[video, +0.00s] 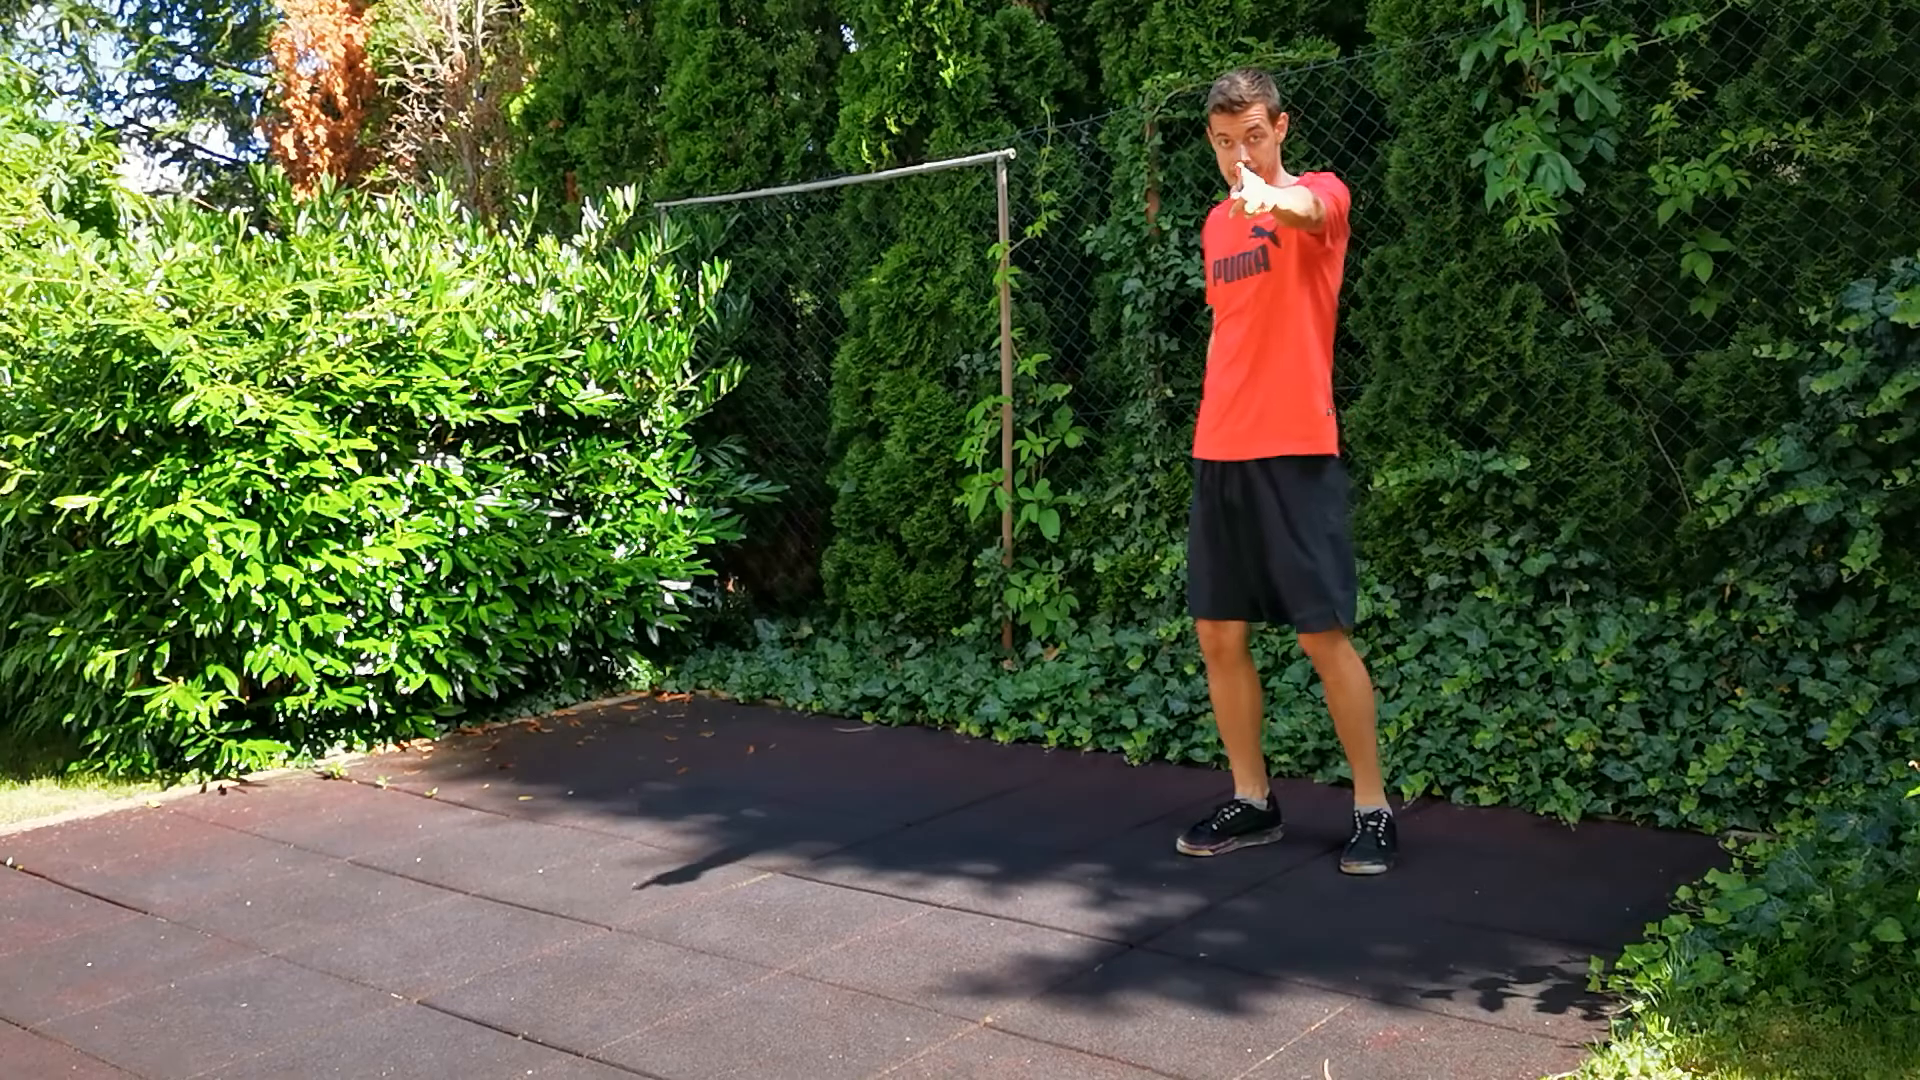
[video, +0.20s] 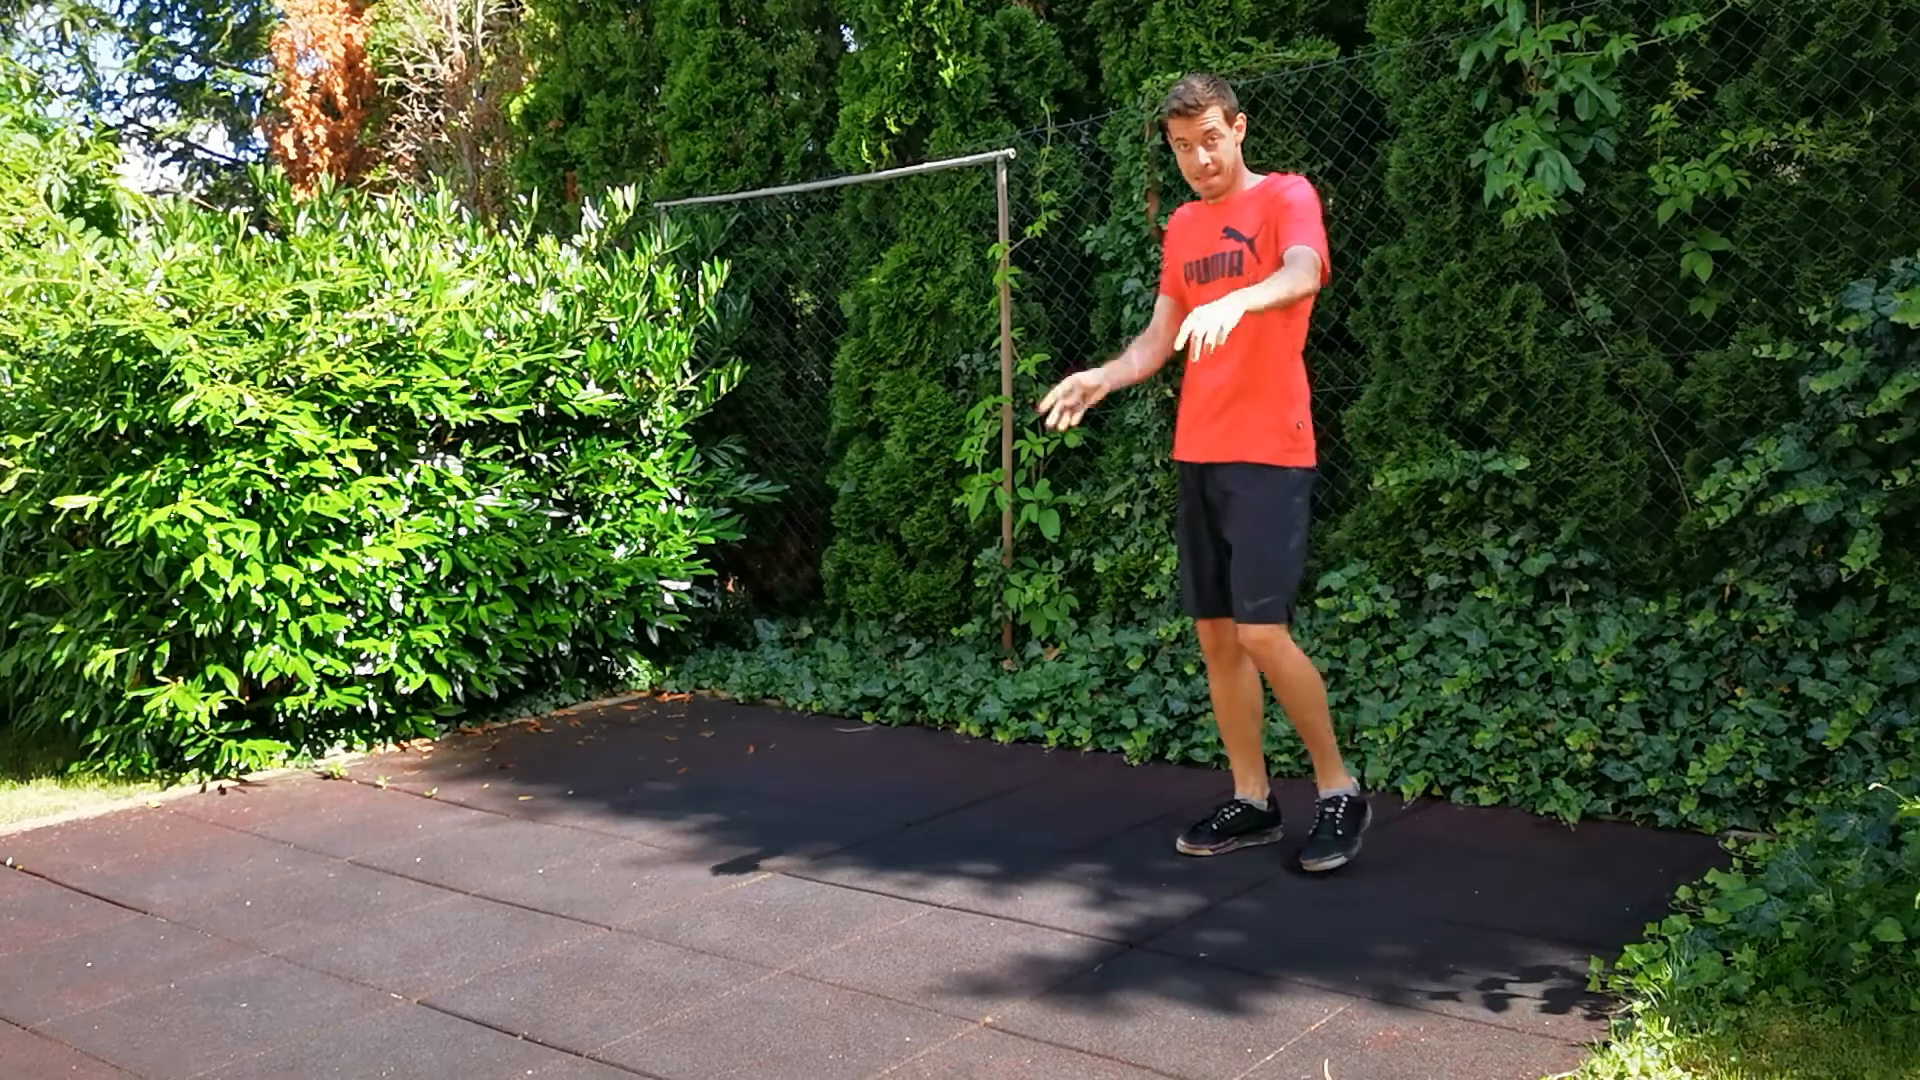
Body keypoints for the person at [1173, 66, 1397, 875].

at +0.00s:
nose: (1245, 154)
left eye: (1255, 136)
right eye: (1230, 143)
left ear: (1283, 129)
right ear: (1212, 145)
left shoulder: (1324, 191)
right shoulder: (1216, 221)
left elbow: (1306, 211)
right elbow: (1232, 321)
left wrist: (1270, 194)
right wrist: (1232, 415)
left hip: (1298, 453)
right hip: (1219, 456)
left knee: (1323, 635)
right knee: (1219, 634)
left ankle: (1372, 808)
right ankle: (1251, 801)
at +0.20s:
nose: (1200, 159)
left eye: (1210, 141)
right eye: (1185, 148)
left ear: (1239, 129)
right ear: (1173, 151)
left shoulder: (1285, 195)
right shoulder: (1182, 227)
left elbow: (1303, 273)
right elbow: (1158, 340)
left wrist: (1239, 301)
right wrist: (1100, 378)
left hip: (1270, 452)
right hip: (1200, 454)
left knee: (1263, 630)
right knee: (1217, 634)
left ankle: (1338, 793)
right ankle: (1252, 801)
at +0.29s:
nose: (1185, 160)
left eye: (1195, 142)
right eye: (1170, 149)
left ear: (1225, 129)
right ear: (1159, 151)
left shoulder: (1278, 200)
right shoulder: (1162, 225)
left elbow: (1300, 307)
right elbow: (1111, 316)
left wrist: (1243, 373)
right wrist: (1091, 267)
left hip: (1261, 449)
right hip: (1189, 452)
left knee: (1244, 627)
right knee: (1212, 632)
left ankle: (1300, 805)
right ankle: (1250, 800)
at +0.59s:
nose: (1140, 160)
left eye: (1150, 140)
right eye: (1124, 149)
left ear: (1180, 132)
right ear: (1110, 156)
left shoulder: (1249, 211)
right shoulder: (1121, 220)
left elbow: (1309, 322)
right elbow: (1060, 196)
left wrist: (1345, 424)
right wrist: (1086, 122)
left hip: (1226, 464)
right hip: (1149, 463)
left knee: (1198, 644)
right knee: (1196, 644)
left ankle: (1160, 839)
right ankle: (1251, 798)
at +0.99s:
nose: (1086, 130)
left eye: (1097, 113)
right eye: (1070, 120)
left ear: (1123, 114)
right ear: (1052, 134)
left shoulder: (1187, 205)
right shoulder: (1051, 213)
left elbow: (1235, 337)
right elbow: (978, 269)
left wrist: (1252, 455)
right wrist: (988, 200)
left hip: (1152, 469)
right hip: (1069, 466)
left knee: (1139, 667)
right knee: (1068, 665)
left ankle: (1116, 871)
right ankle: (1183, 756)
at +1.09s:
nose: (1059, 127)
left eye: (1066, 110)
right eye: (1040, 120)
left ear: (1090, 109)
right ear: (1020, 136)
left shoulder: (1161, 190)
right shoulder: (1020, 228)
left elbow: (1226, 302)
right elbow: (975, 335)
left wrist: (1201, 397)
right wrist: (980, 296)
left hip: (1140, 466)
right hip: (1050, 470)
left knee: (1128, 669)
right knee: (1016, 659)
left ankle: (1118, 868)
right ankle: (1117, 783)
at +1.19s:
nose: (1034, 126)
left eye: (1036, 110)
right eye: (1013, 123)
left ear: (1056, 115)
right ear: (989, 147)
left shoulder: (1133, 187)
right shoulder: (996, 245)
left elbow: (1222, 269)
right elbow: (985, 343)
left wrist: (1174, 283)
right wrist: (975, 356)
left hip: (1128, 467)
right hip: (1034, 475)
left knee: (1117, 675)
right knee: (990, 668)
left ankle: (1114, 873)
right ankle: (1024, 855)